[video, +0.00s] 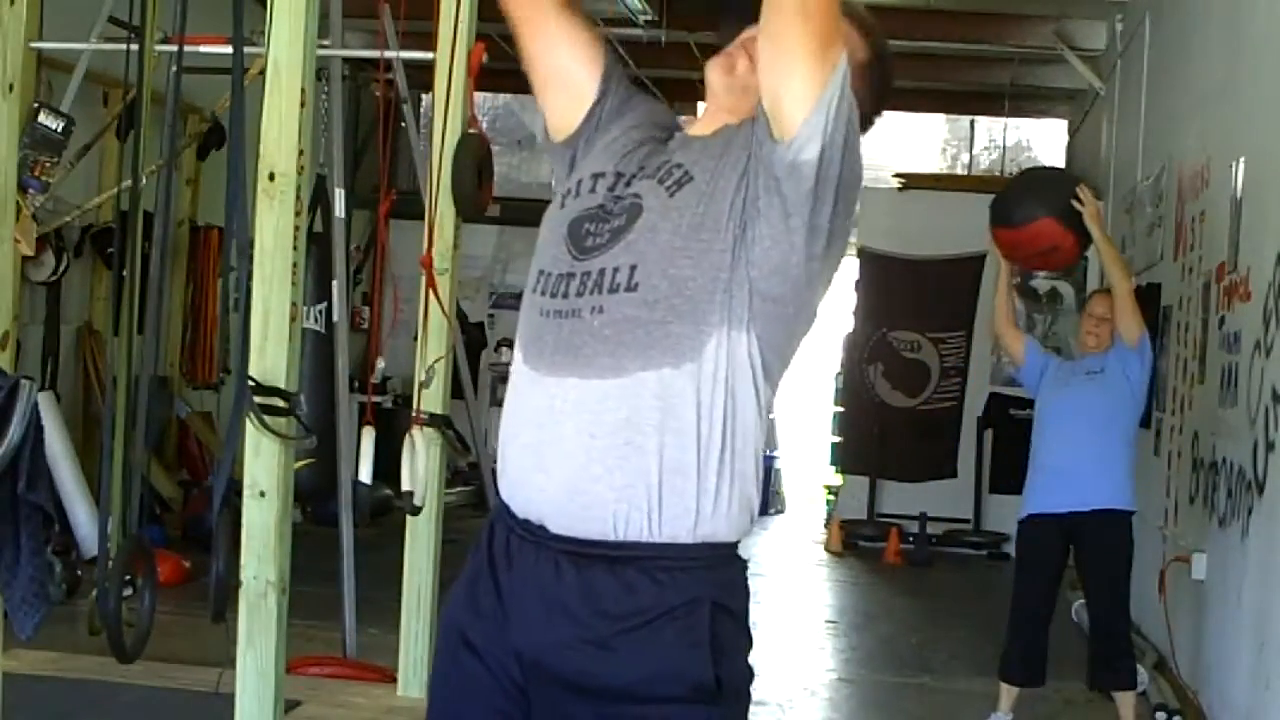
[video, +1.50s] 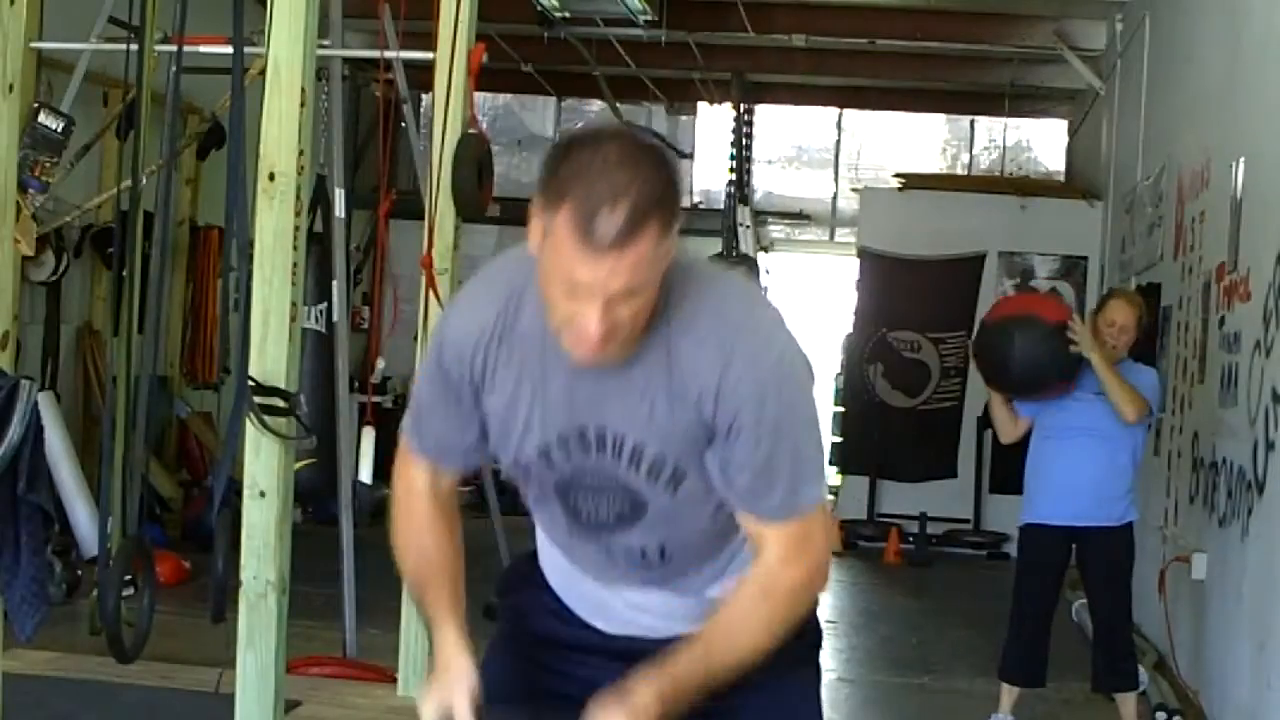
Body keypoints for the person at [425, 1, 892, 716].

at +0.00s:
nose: (759, 34)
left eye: (806, 45)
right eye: (773, 26)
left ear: (830, 98)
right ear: (739, 37)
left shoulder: (794, 169)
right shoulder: (613, 132)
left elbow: (803, 0)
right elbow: (530, 3)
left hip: (660, 606)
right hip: (506, 574)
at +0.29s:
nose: (795, 73)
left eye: (829, 88)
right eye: (806, 52)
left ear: (854, 156)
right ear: (785, 42)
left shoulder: (816, 215)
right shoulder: (611, 180)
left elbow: (729, 29)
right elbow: (454, 152)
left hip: (646, 624)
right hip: (496, 585)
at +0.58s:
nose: (754, 137)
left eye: (795, 135)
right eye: (761, 100)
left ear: (822, 174)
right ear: (733, 90)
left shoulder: (802, 260)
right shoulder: (619, 200)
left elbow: (644, 270)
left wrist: (627, 147)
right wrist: (503, 125)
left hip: (628, 639)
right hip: (476, 601)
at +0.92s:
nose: (707, 129)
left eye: (744, 112)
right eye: (700, 88)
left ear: (776, 115)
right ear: (665, 60)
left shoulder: (781, 223)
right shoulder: (573, 167)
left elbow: (678, 388)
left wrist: (581, 234)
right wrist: (440, 197)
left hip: (665, 625)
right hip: (502, 598)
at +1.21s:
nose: (653, 188)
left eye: (686, 163)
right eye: (636, 149)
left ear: (725, 137)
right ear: (600, 102)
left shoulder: (767, 249)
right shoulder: (523, 224)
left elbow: (809, 474)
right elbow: (432, 336)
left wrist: (622, 462)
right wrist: (432, 429)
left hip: (710, 617)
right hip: (546, 602)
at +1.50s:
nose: (593, 328)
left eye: (625, 296)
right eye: (572, 290)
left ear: (668, 249)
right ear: (535, 232)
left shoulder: (746, 347)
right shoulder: (484, 318)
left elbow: (797, 561)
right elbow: (424, 474)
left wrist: (652, 694)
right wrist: (449, 647)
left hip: (733, 623)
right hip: (562, 613)